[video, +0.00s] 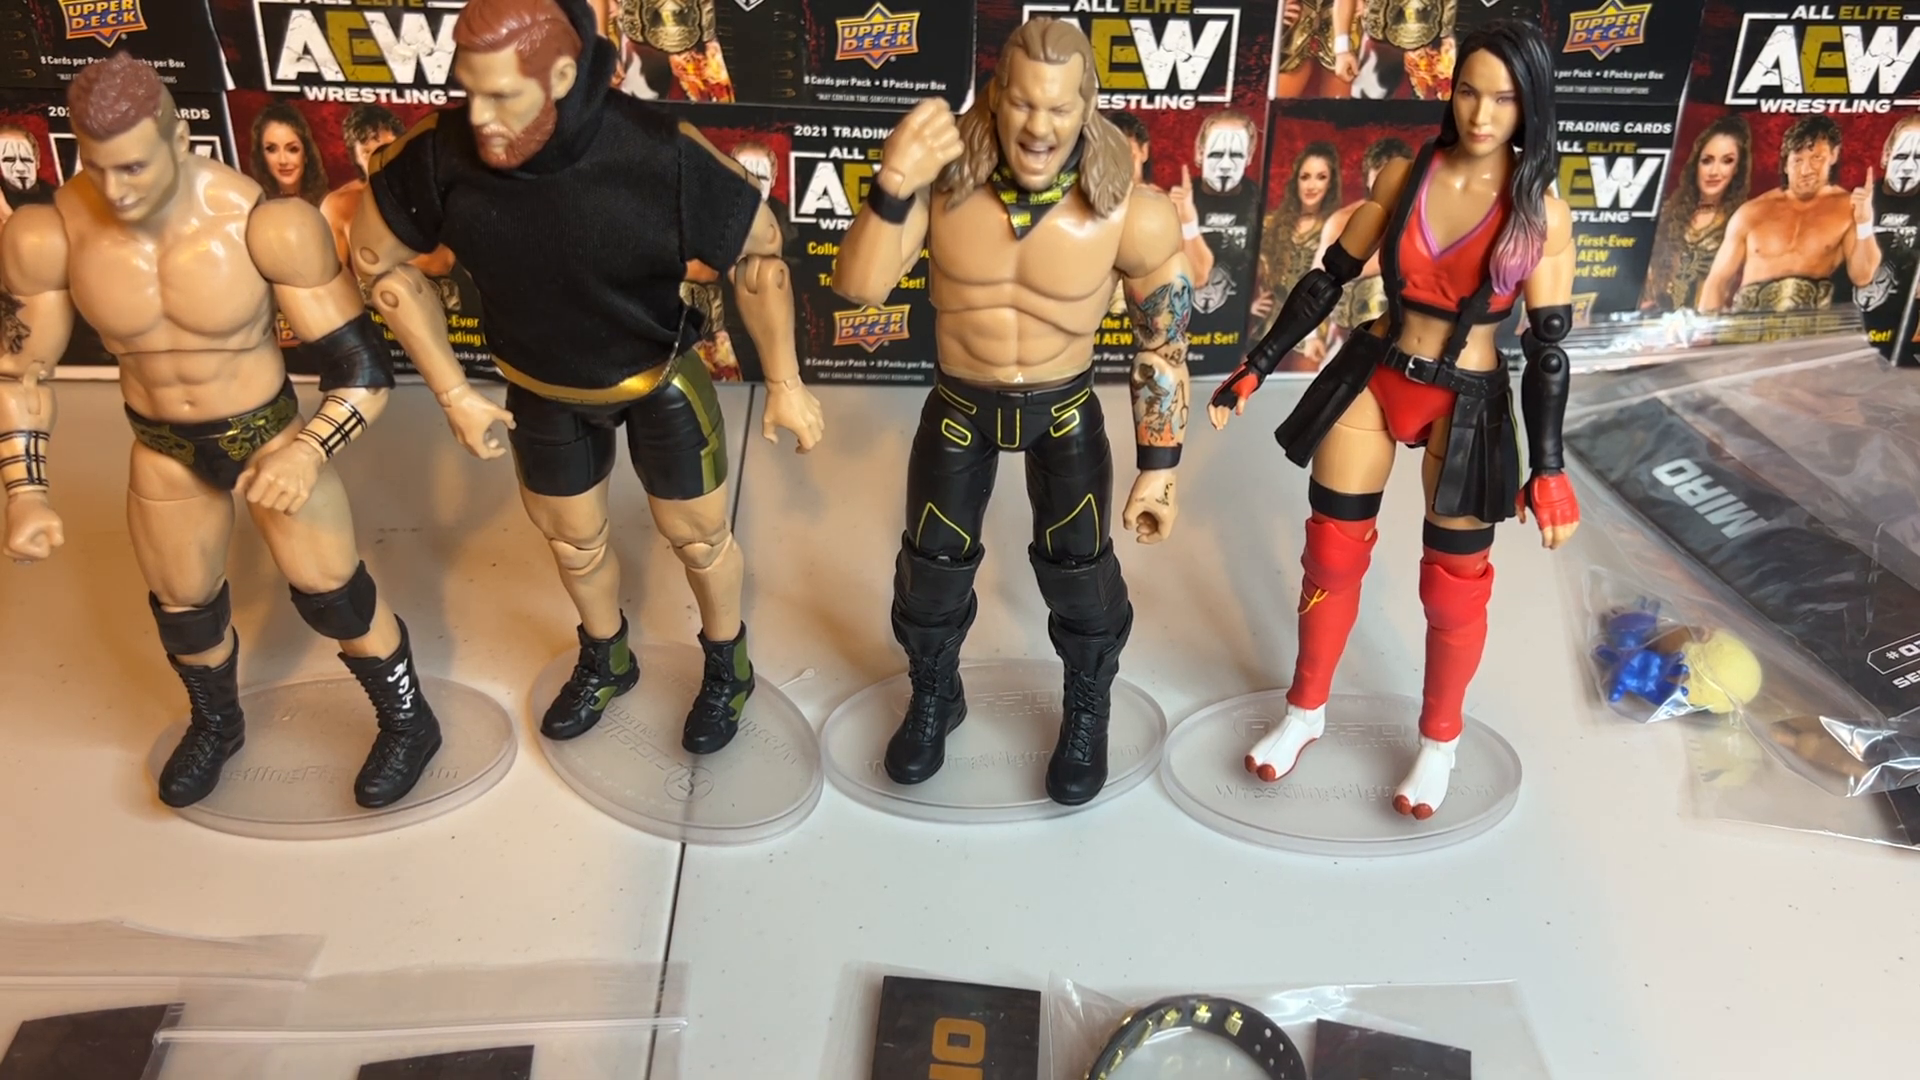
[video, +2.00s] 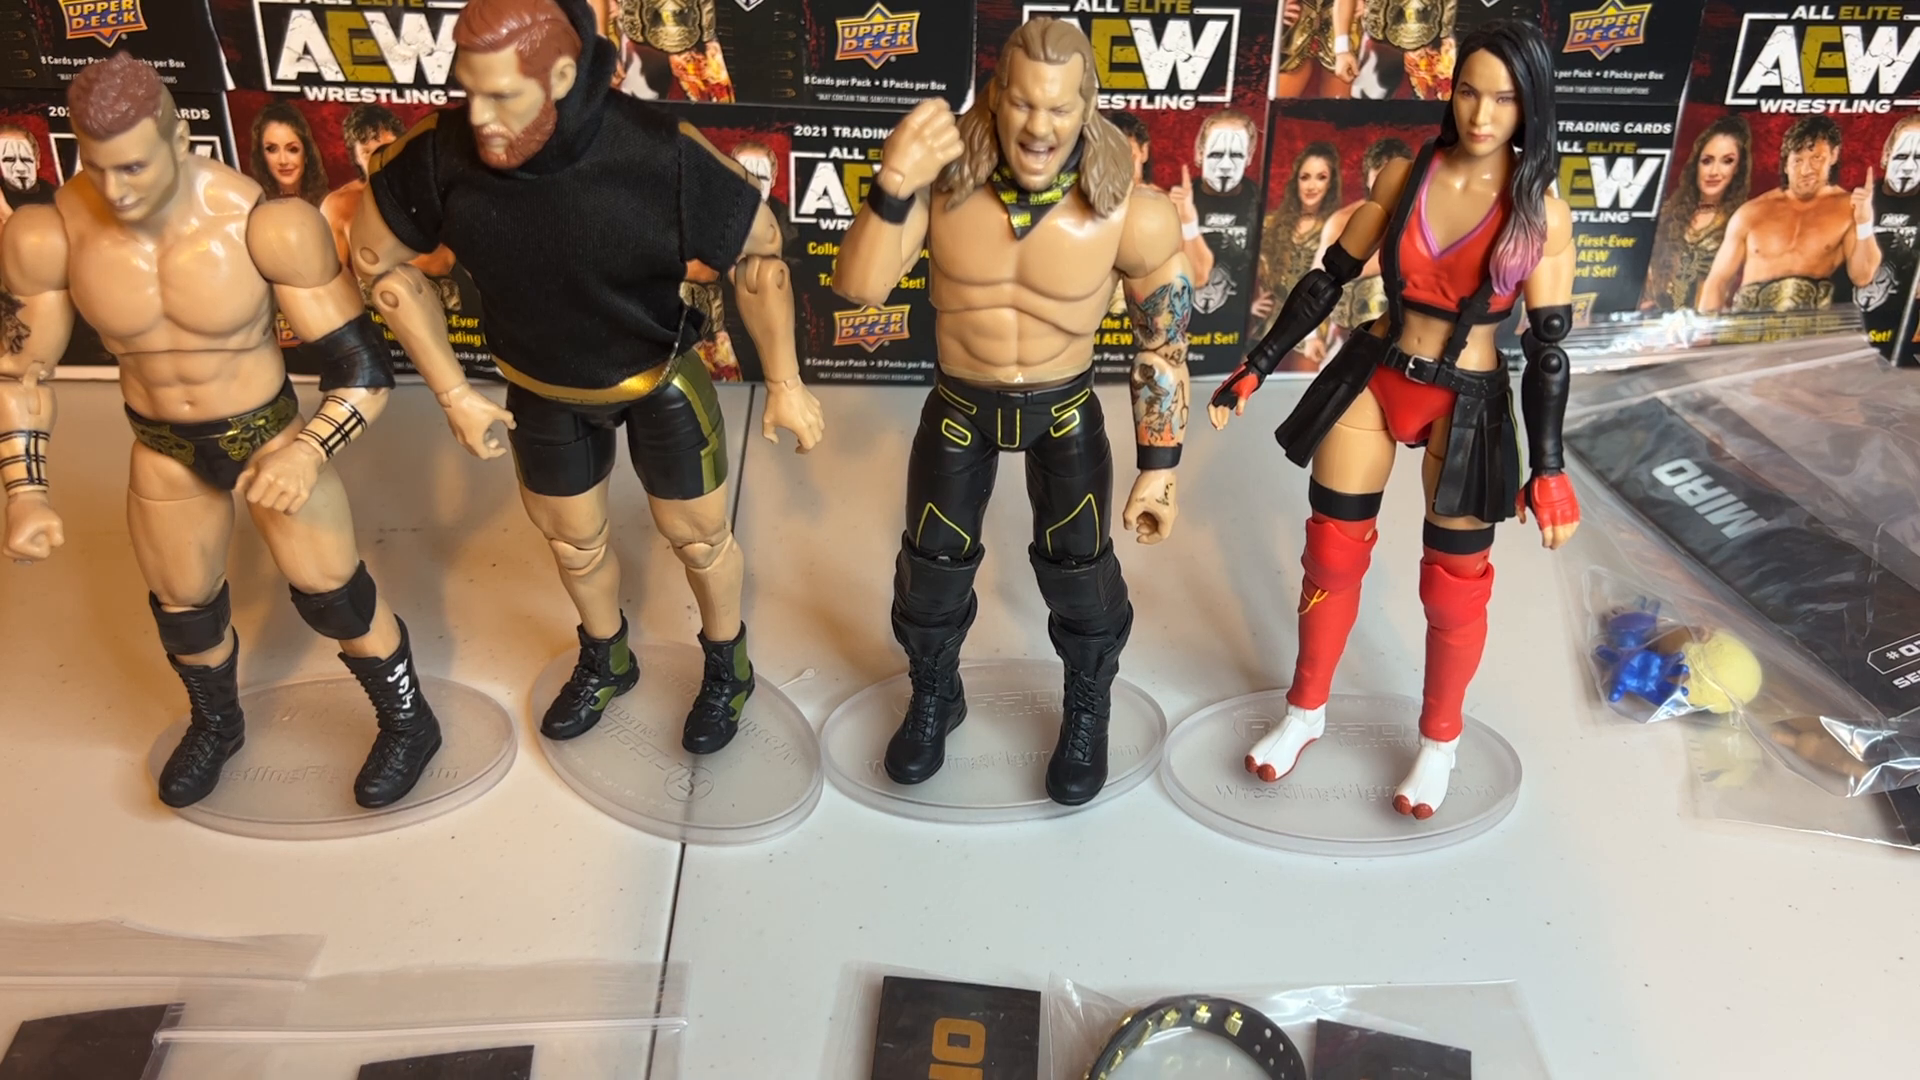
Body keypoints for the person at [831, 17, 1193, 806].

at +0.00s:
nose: (1040, 127)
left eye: (1060, 109)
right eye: (1024, 104)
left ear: (1086, 107)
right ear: (995, 95)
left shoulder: (1129, 207)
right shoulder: (943, 176)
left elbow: (1163, 337)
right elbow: (857, 287)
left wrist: (1161, 463)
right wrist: (892, 190)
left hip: (1064, 408)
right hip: (959, 403)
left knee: (1078, 568)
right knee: (932, 562)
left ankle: (1086, 714)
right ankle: (932, 699)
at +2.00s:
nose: (1039, 127)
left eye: (1060, 109)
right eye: (1024, 104)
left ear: (1086, 106)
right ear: (995, 95)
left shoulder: (1129, 207)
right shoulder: (943, 176)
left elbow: (1163, 338)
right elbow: (858, 288)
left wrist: (1161, 464)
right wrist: (892, 190)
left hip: (1064, 408)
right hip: (959, 403)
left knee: (1078, 568)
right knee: (932, 562)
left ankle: (1086, 713)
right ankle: (932, 699)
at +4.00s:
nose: (1040, 127)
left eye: (1060, 109)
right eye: (1024, 104)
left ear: (1086, 107)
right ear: (995, 95)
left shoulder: (1130, 208)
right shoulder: (944, 177)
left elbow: (1163, 338)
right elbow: (857, 287)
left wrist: (1161, 464)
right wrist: (892, 190)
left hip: (1064, 409)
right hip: (959, 404)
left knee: (1078, 568)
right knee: (932, 562)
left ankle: (1086, 713)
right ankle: (932, 699)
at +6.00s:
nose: (1040, 127)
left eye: (1060, 109)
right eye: (1024, 104)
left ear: (1087, 106)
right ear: (995, 95)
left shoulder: (1131, 209)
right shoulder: (944, 176)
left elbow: (1162, 340)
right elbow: (858, 287)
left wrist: (1161, 465)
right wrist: (892, 189)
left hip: (1064, 409)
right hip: (959, 404)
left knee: (1078, 570)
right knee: (933, 563)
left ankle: (1087, 713)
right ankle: (933, 698)